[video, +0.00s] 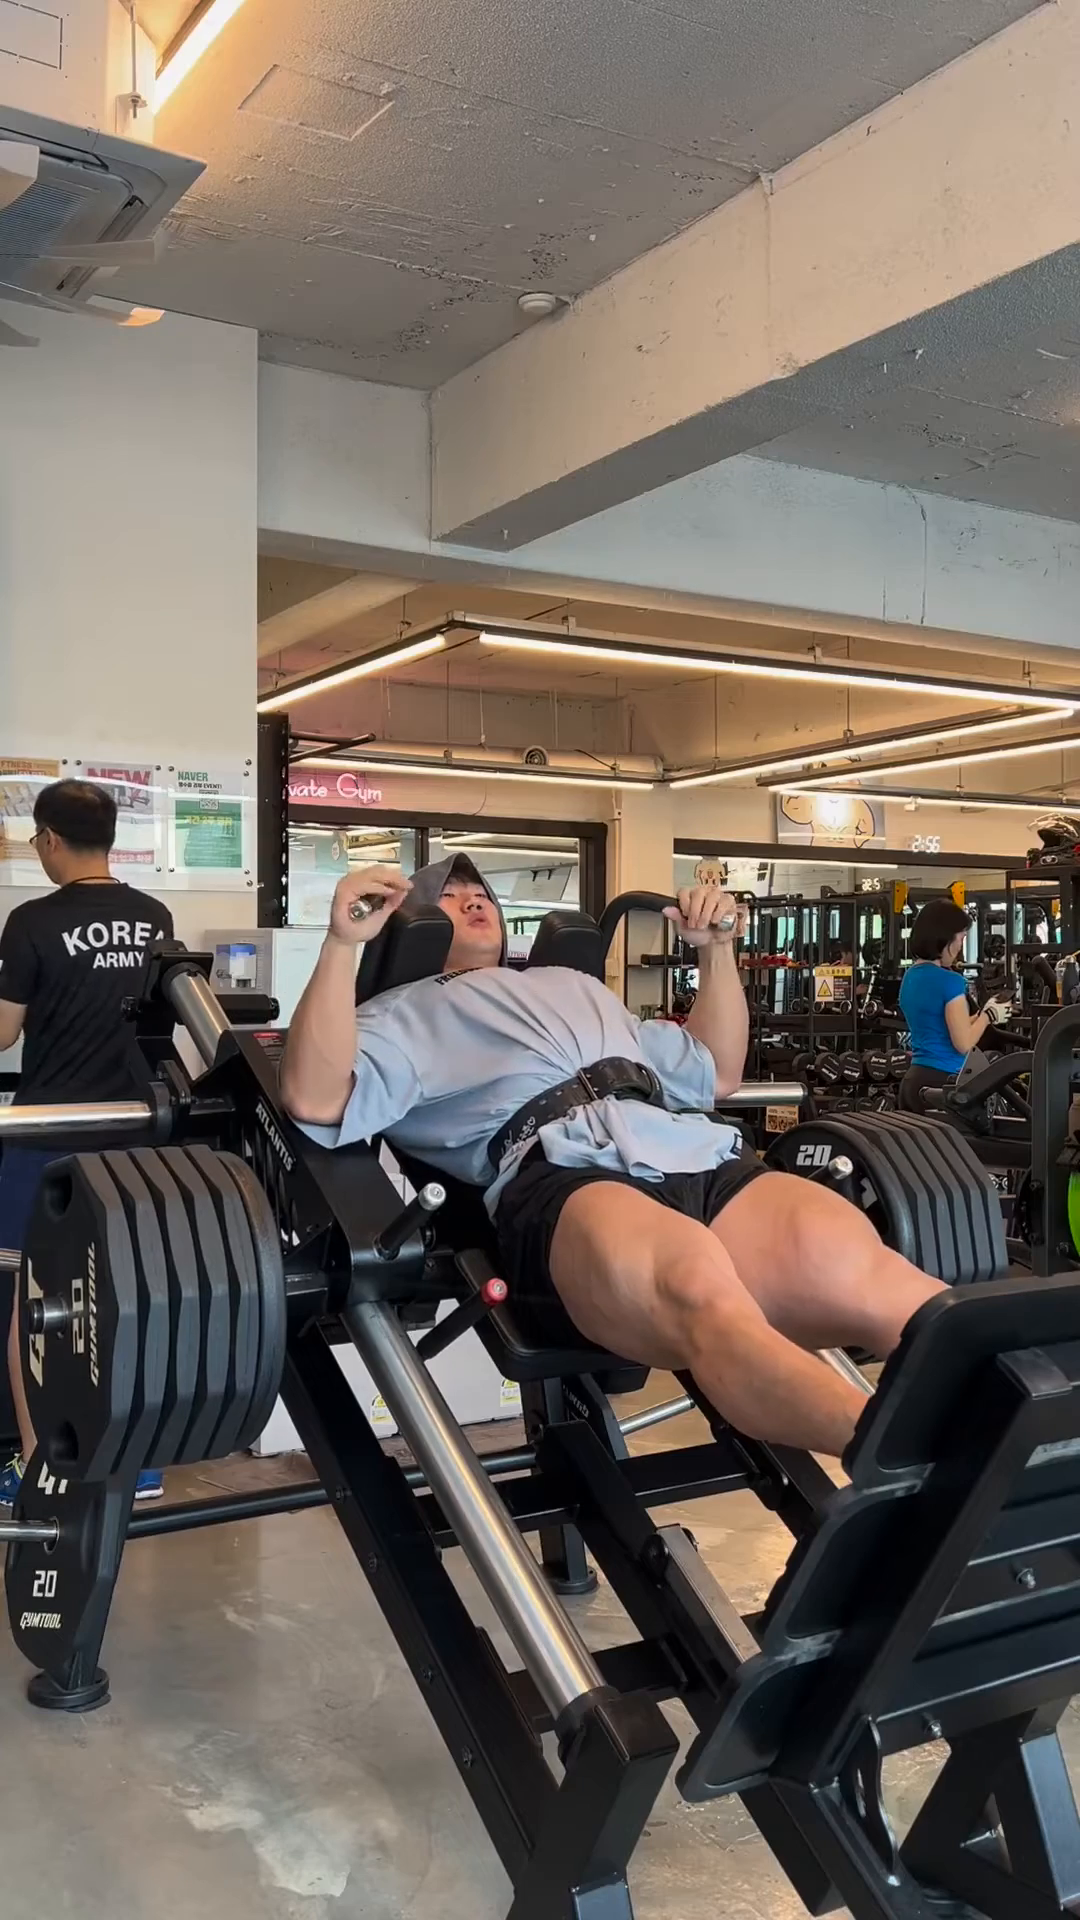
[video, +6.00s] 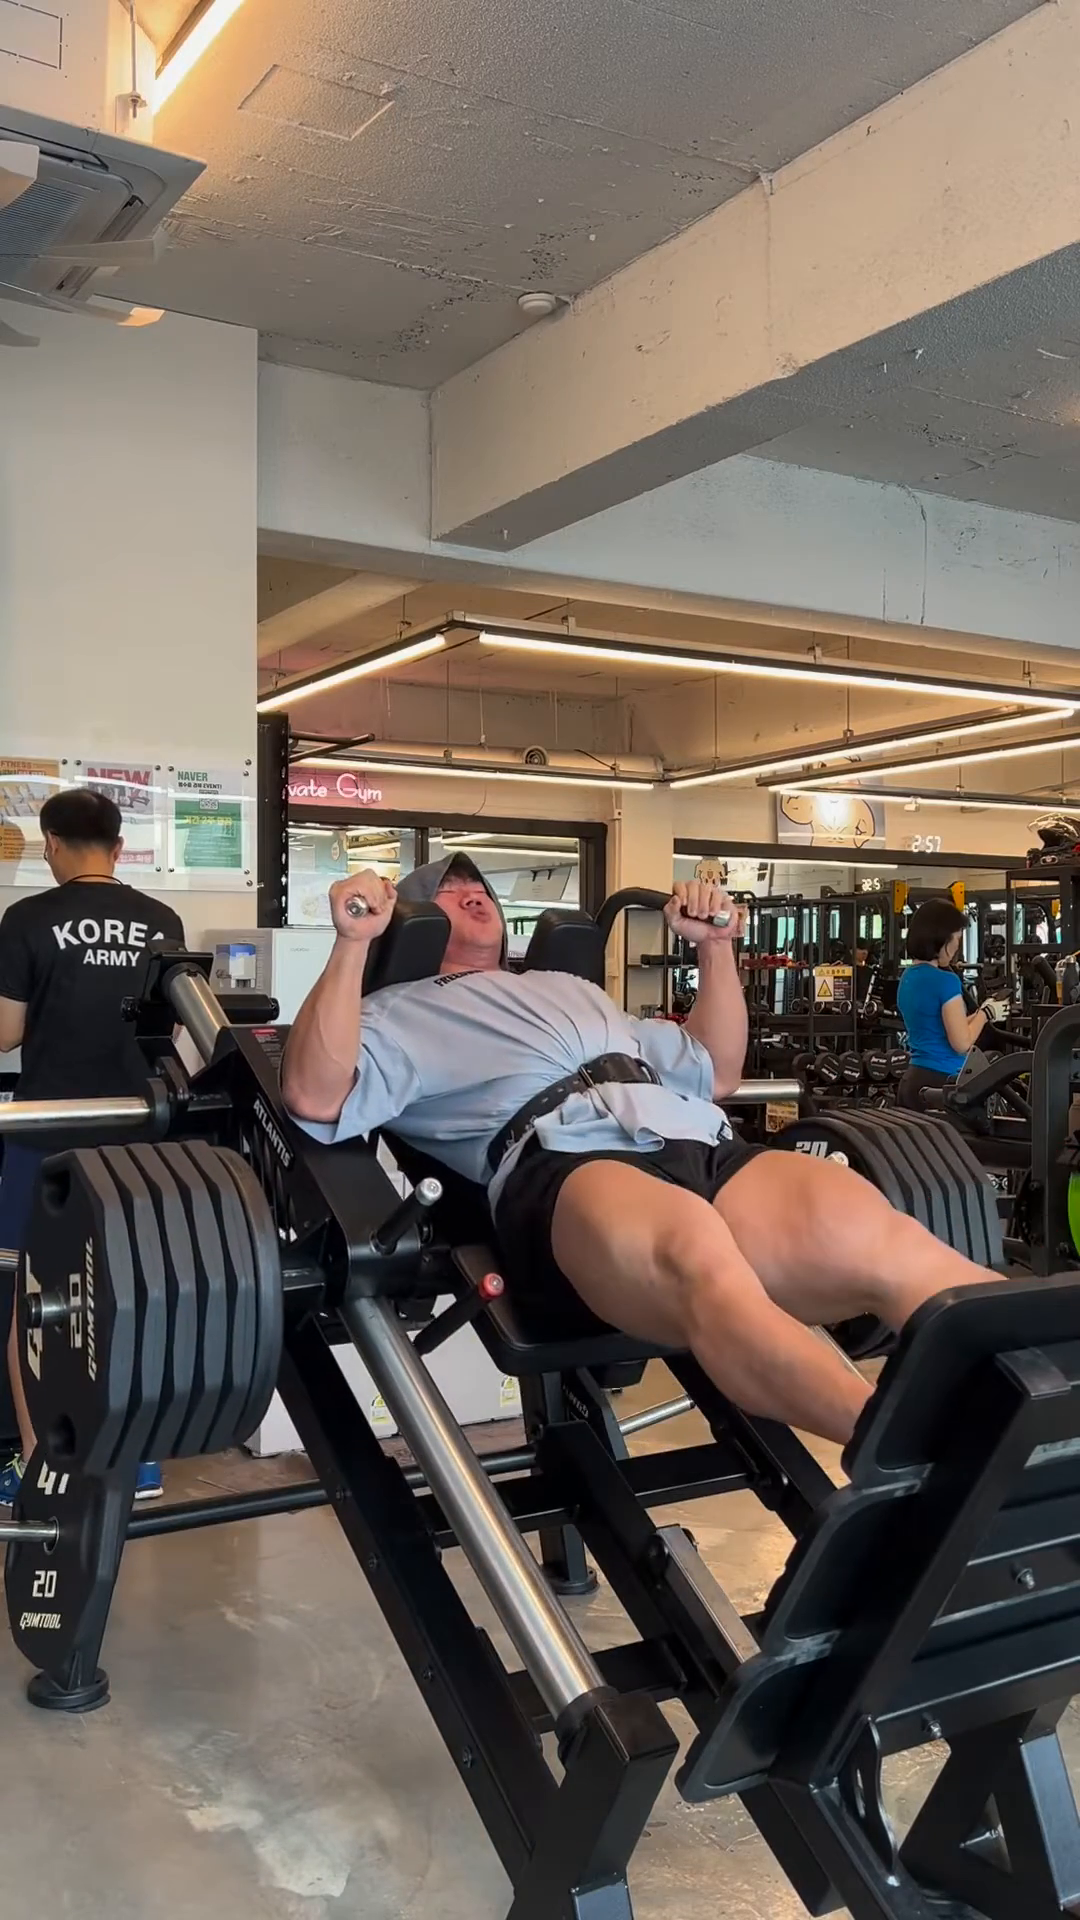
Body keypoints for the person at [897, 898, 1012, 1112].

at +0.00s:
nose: (961, 946)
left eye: (962, 939)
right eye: (960, 938)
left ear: (927, 935)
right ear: (945, 939)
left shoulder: (909, 978)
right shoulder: (950, 981)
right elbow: (963, 1043)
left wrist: (976, 1016)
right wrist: (990, 1015)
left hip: (915, 1076)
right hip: (948, 1081)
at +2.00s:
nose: (959, 947)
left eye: (960, 940)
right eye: (957, 940)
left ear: (923, 936)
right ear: (943, 940)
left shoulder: (907, 978)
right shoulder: (947, 981)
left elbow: (932, 1034)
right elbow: (961, 1044)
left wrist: (977, 1014)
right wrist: (987, 1015)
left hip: (913, 1079)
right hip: (946, 1084)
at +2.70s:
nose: (958, 947)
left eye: (959, 940)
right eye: (957, 940)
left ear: (923, 935)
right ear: (943, 940)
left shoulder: (907, 978)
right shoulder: (946, 981)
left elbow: (931, 1034)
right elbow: (961, 1043)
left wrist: (976, 1015)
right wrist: (986, 1015)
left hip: (914, 1077)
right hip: (945, 1082)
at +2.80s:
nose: (958, 947)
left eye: (959, 941)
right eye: (957, 940)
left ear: (923, 936)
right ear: (943, 941)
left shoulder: (907, 978)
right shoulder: (946, 981)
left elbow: (934, 1033)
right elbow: (961, 1043)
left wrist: (975, 1016)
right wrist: (987, 1015)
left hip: (917, 1074)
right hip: (947, 1079)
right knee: (997, 1058)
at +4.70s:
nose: (959, 946)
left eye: (960, 939)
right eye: (958, 939)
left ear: (924, 937)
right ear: (943, 941)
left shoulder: (909, 977)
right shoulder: (948, 981)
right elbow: (963, 1043)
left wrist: (980, 1012)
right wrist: (988, 1013)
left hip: (917, 1073)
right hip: (948, 1080)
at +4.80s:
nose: (958, 947)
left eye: (959, 941)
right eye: (957, 940)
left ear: (923, 936)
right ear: (944, 942)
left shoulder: (908, 978)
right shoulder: (947, 981)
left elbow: (932, 1032)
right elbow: (963, 1042)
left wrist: (976, 1013)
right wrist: (986, 1012)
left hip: (916, 1073)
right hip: (947, 1079)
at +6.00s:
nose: (958, 946)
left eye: (958, 939)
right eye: (957, 939)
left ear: (922, 935)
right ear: (942, 941)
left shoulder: (907, 978)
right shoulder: (946, 981)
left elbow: (929, 1032)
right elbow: (962, 1042)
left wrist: (973, 1016)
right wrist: (988, 1012)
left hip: (914, 1078)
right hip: (946, 1083)